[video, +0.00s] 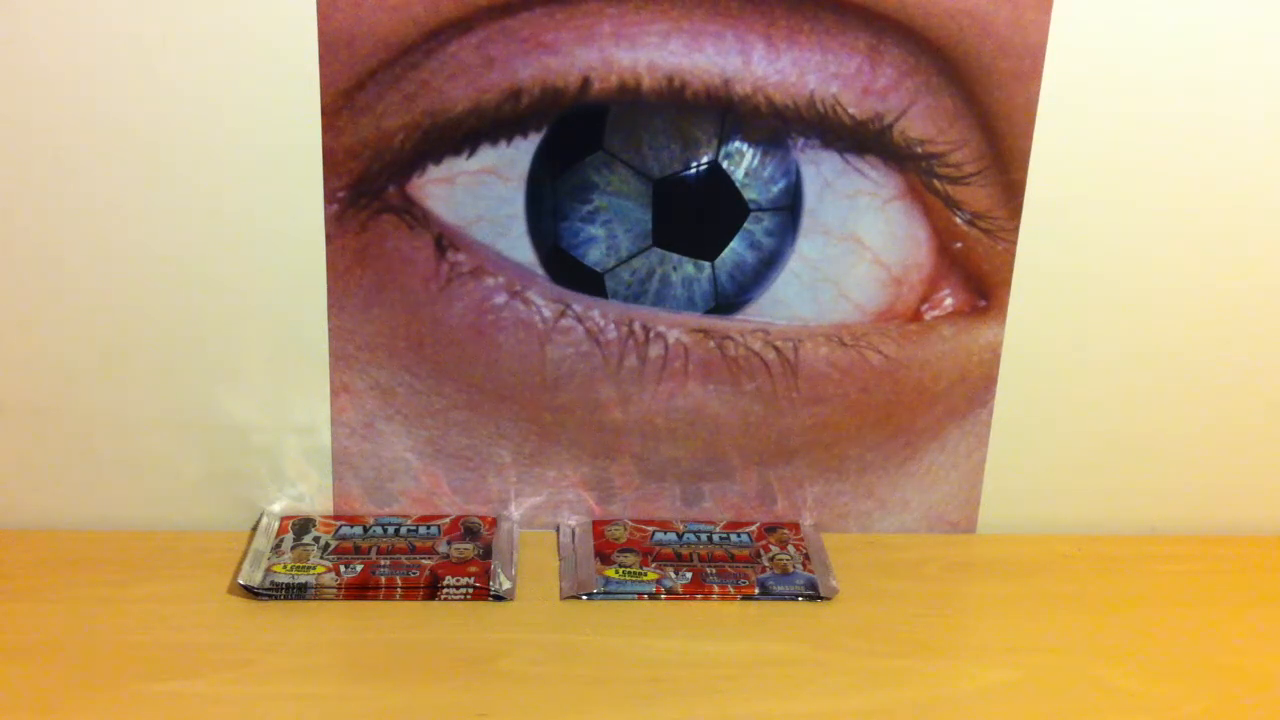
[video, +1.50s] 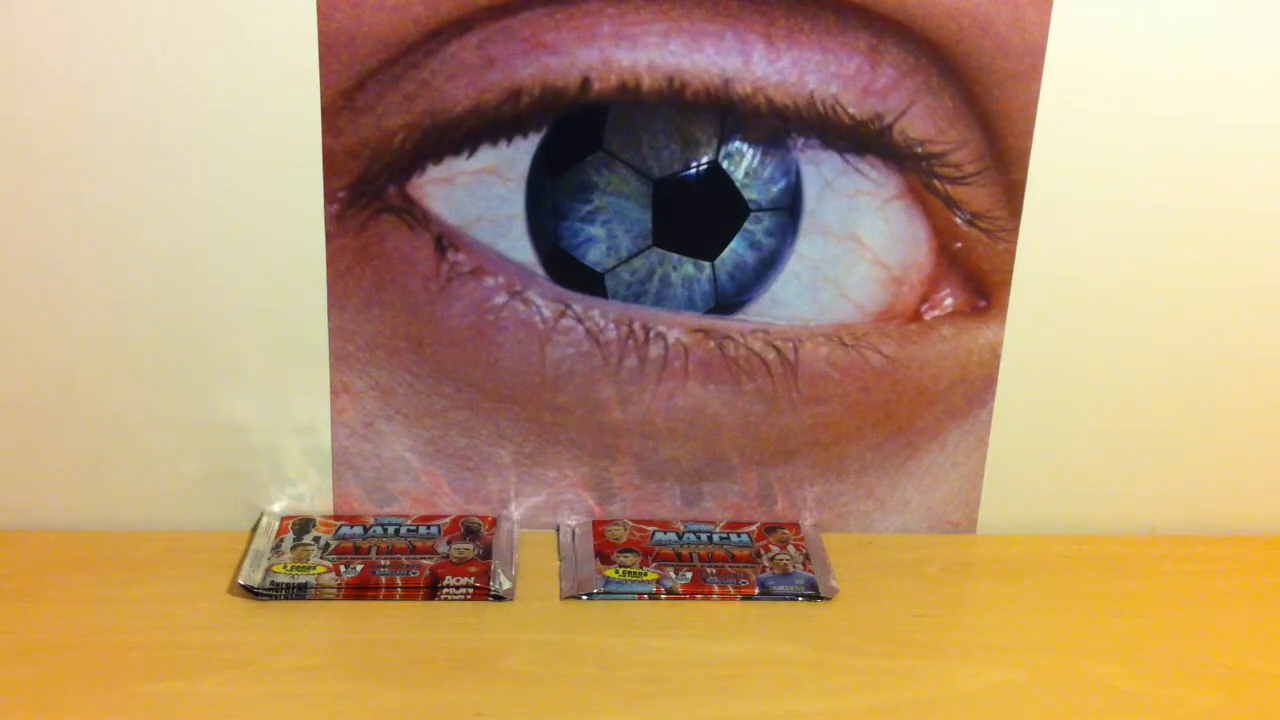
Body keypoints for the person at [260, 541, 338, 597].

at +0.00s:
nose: (309, 554)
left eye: (312, 551)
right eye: (305, 550)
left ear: (315, 552)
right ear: (293, 551)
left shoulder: (323, 568)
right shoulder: (274, 568)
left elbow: (328, 597)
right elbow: (262, 594)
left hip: (309, 612)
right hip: (277, 611)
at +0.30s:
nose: (309, 554)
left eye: (312, 551)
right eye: (305, 550)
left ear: (315, 552)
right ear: (293, 551)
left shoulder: (323, 568)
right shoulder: (274, 568)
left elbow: (327, 597)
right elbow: (262, 595)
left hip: (309, 611)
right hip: (277, 611)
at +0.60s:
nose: (309, 554)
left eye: (312, 551)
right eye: (305, 550)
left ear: (315, 551)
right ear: (292, 551)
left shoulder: (323, 568)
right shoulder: (274, 568)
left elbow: (328, 596)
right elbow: (262, 593)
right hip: (277, 610)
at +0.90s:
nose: (309, 554)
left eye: (312, 551)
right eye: (305, 551)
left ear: (315, 552)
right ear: (292, 552)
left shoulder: (323, 568)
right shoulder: (275, 567)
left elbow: (328, 596)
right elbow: (262, 593)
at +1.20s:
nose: (309, 554)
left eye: (312, 551)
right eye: (304, 551)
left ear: (315, 551)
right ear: (292, 552)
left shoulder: (323, 568)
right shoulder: (274, 568)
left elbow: (328, 596)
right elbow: (262, 593)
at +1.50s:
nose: (309, 554)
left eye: (311, 551)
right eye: (304, 551)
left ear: (314, 552)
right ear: (292, 551)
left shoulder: (323, 568)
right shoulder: (275, 568)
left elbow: (328, 595)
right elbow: (263, 593)